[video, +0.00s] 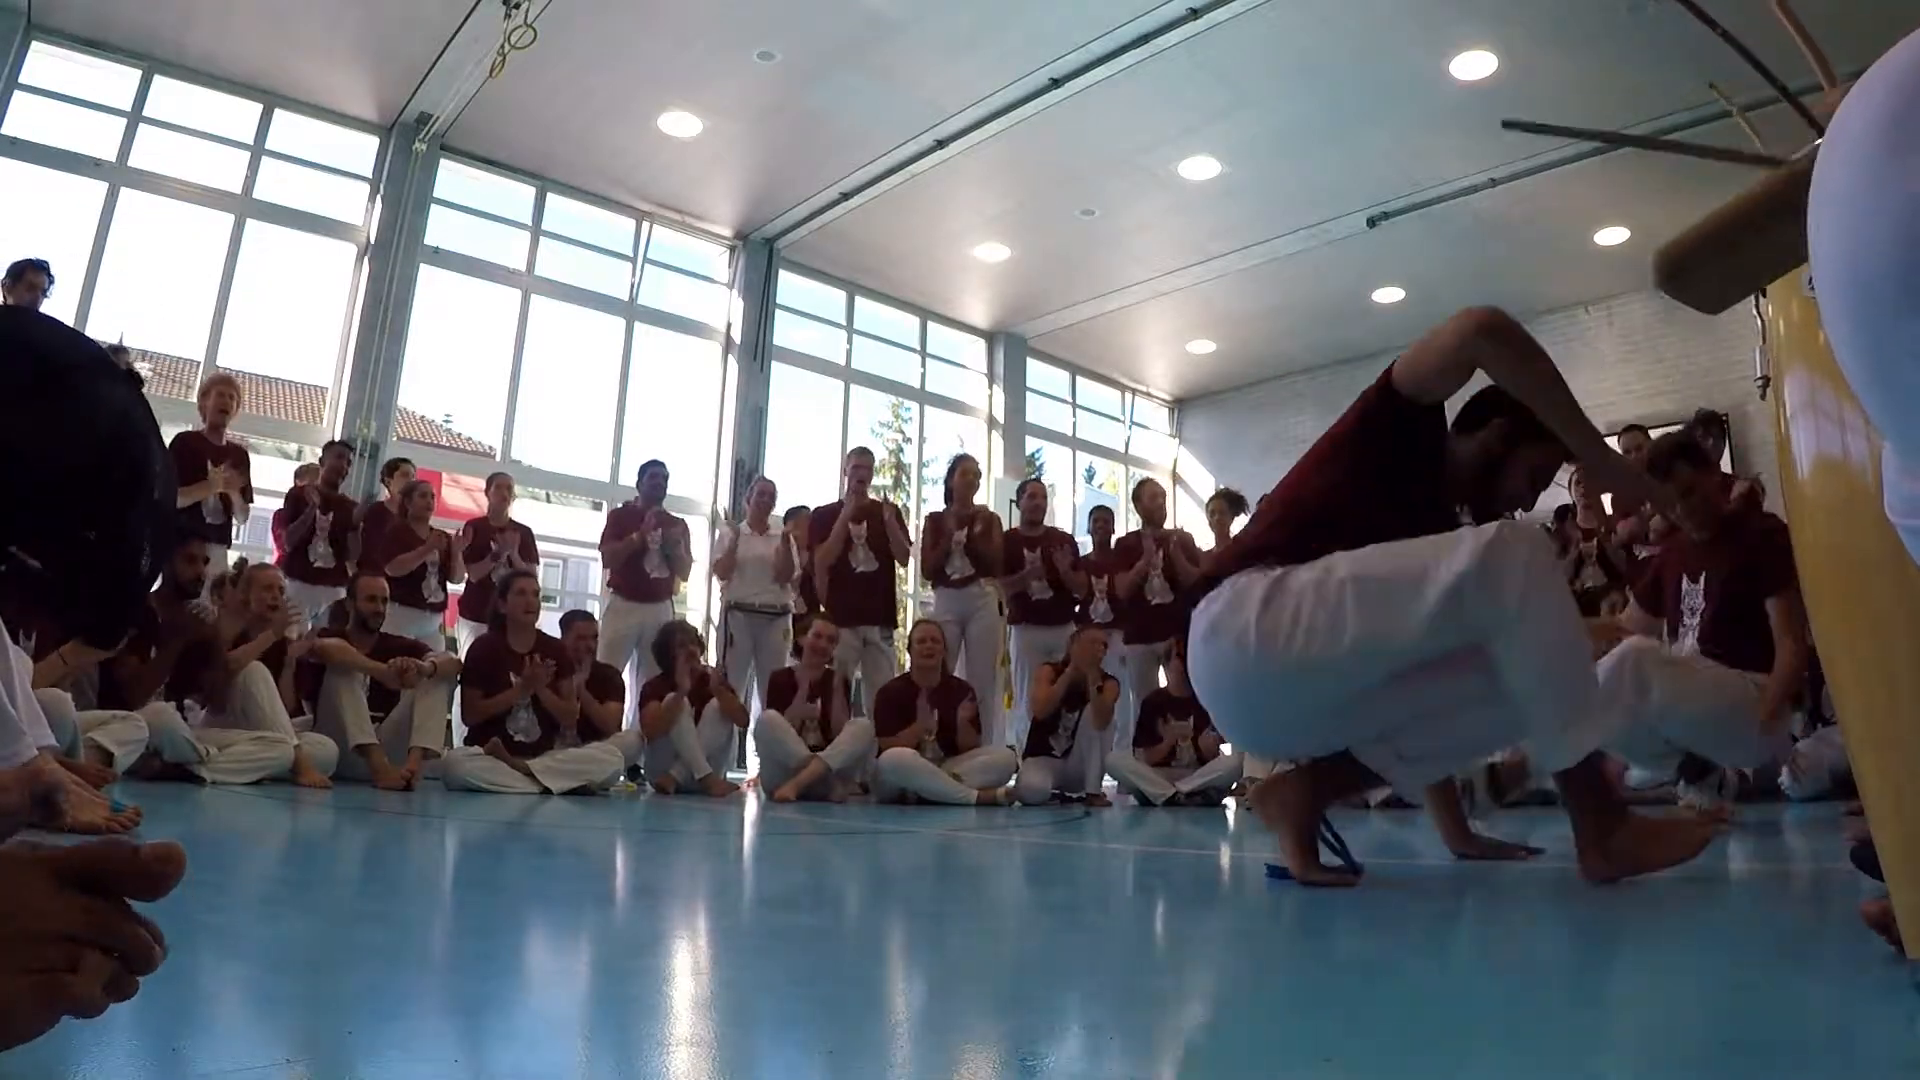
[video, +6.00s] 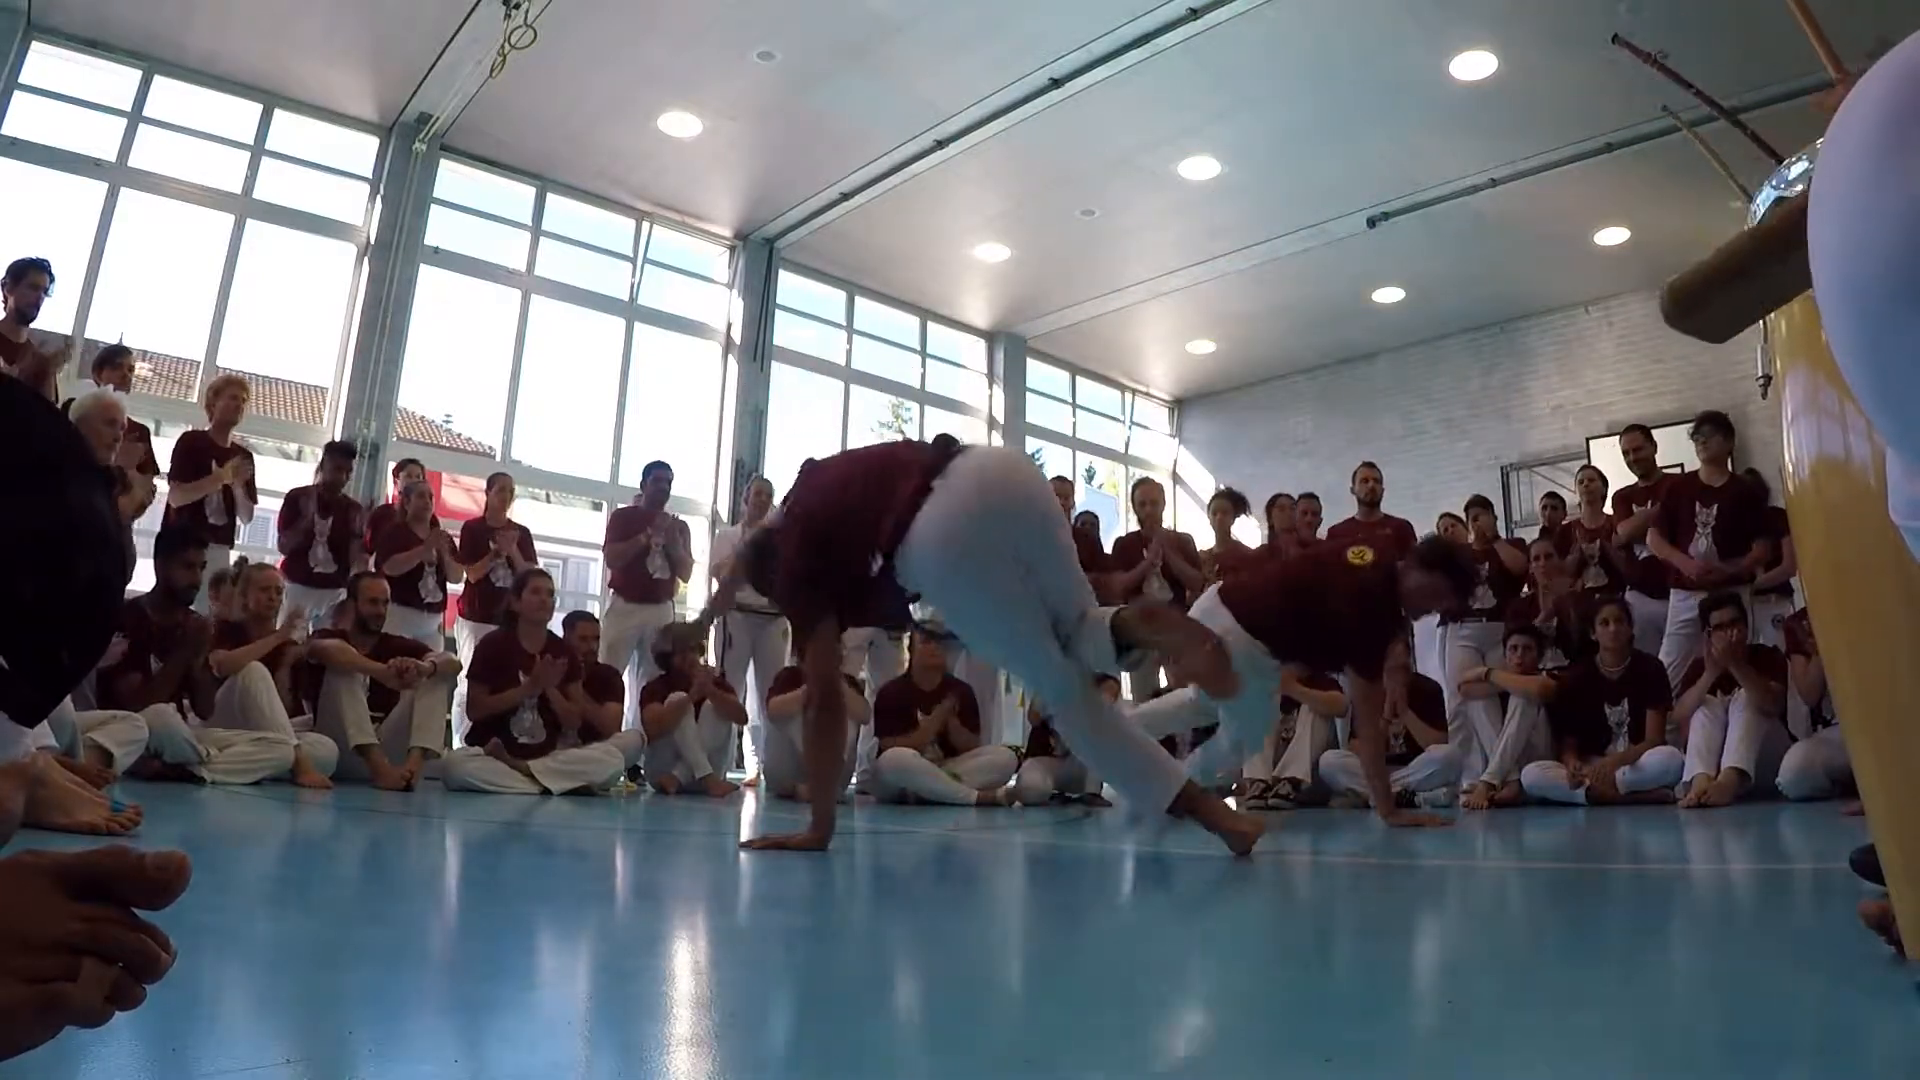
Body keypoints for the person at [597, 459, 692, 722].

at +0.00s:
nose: (659, 482)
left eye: (663, 478)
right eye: (653, 477)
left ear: (668, 485)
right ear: (639, 483)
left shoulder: (677, 524)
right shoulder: (619, 517)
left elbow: (685, 573)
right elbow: (609, 559)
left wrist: (673, 547)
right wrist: (640, 537)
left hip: (660, 609)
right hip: (622, 607)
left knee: (653, 687)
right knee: (605, 682)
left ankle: (646, 751)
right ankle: (600, 748)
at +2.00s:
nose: (659, 485)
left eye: (663, 481)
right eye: (653, 479)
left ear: (668, 487)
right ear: (639, 484)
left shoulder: (676, 525)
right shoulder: (619, 517)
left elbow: (684, 573)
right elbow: (609, 557)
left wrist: (672, 545)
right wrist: (644, 535)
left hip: (660, 609)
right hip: (622, 607)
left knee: (653, 684)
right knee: (606, 679)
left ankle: (646, 747)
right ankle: (599, 744)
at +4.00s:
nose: (661, 485)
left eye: (665, 480)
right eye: (655, 479)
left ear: (669, 487)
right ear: (640, 484)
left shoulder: (677, 525)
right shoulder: (621, 515)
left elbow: (685, 572)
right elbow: (611, 556)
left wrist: (671, 544)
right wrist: (648, 543)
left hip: (660, 609)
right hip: (622, 607)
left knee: (654, 686)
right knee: (606, 680)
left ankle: (649, 750)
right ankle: (599, 746)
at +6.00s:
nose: (663, 487)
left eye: (668, 482)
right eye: (657, 480)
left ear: (671, 488)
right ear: (644, 484)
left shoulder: (678, 526)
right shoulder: (622, 516)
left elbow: (685, 574)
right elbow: (612, 558)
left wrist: (673, 544)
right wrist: (644, 539)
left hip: (661, 610)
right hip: (623, 608)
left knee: (653, 686)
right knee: (607, 681)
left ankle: (646, 749)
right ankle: (601, 745)